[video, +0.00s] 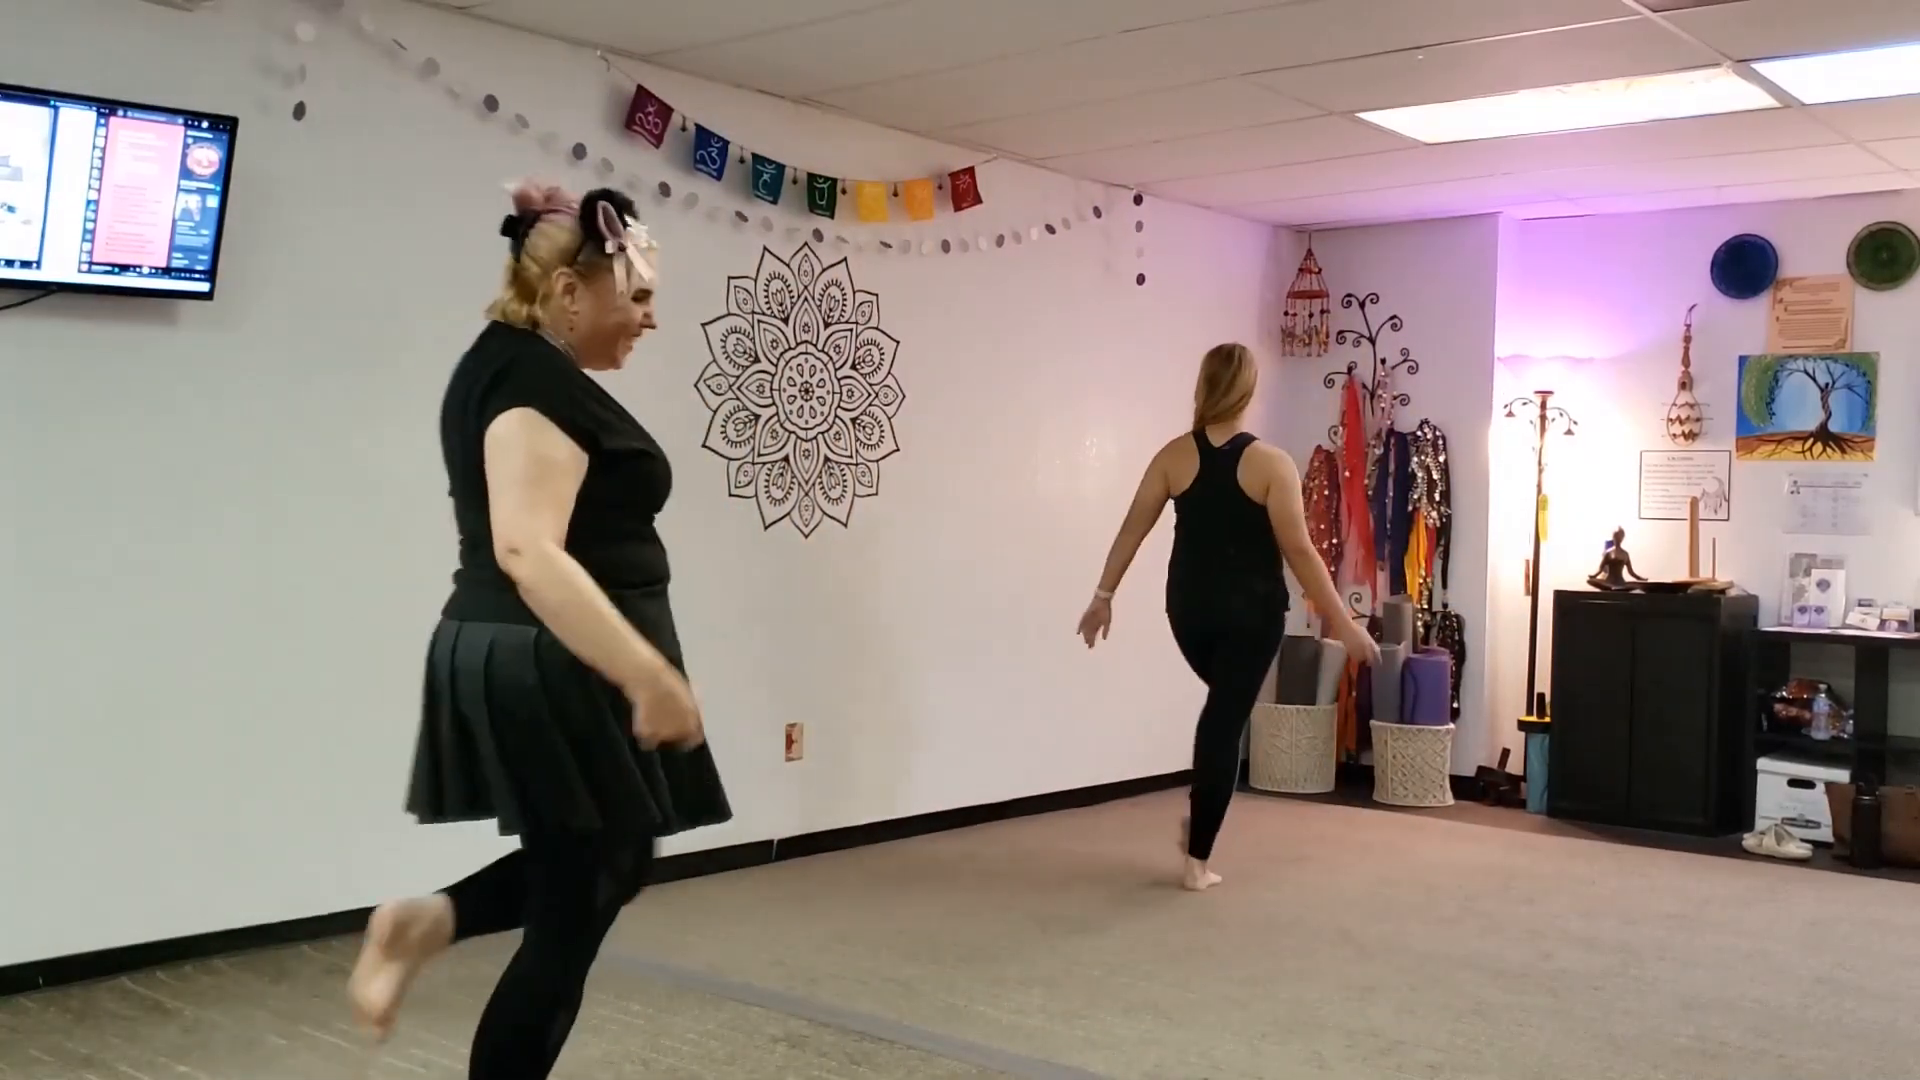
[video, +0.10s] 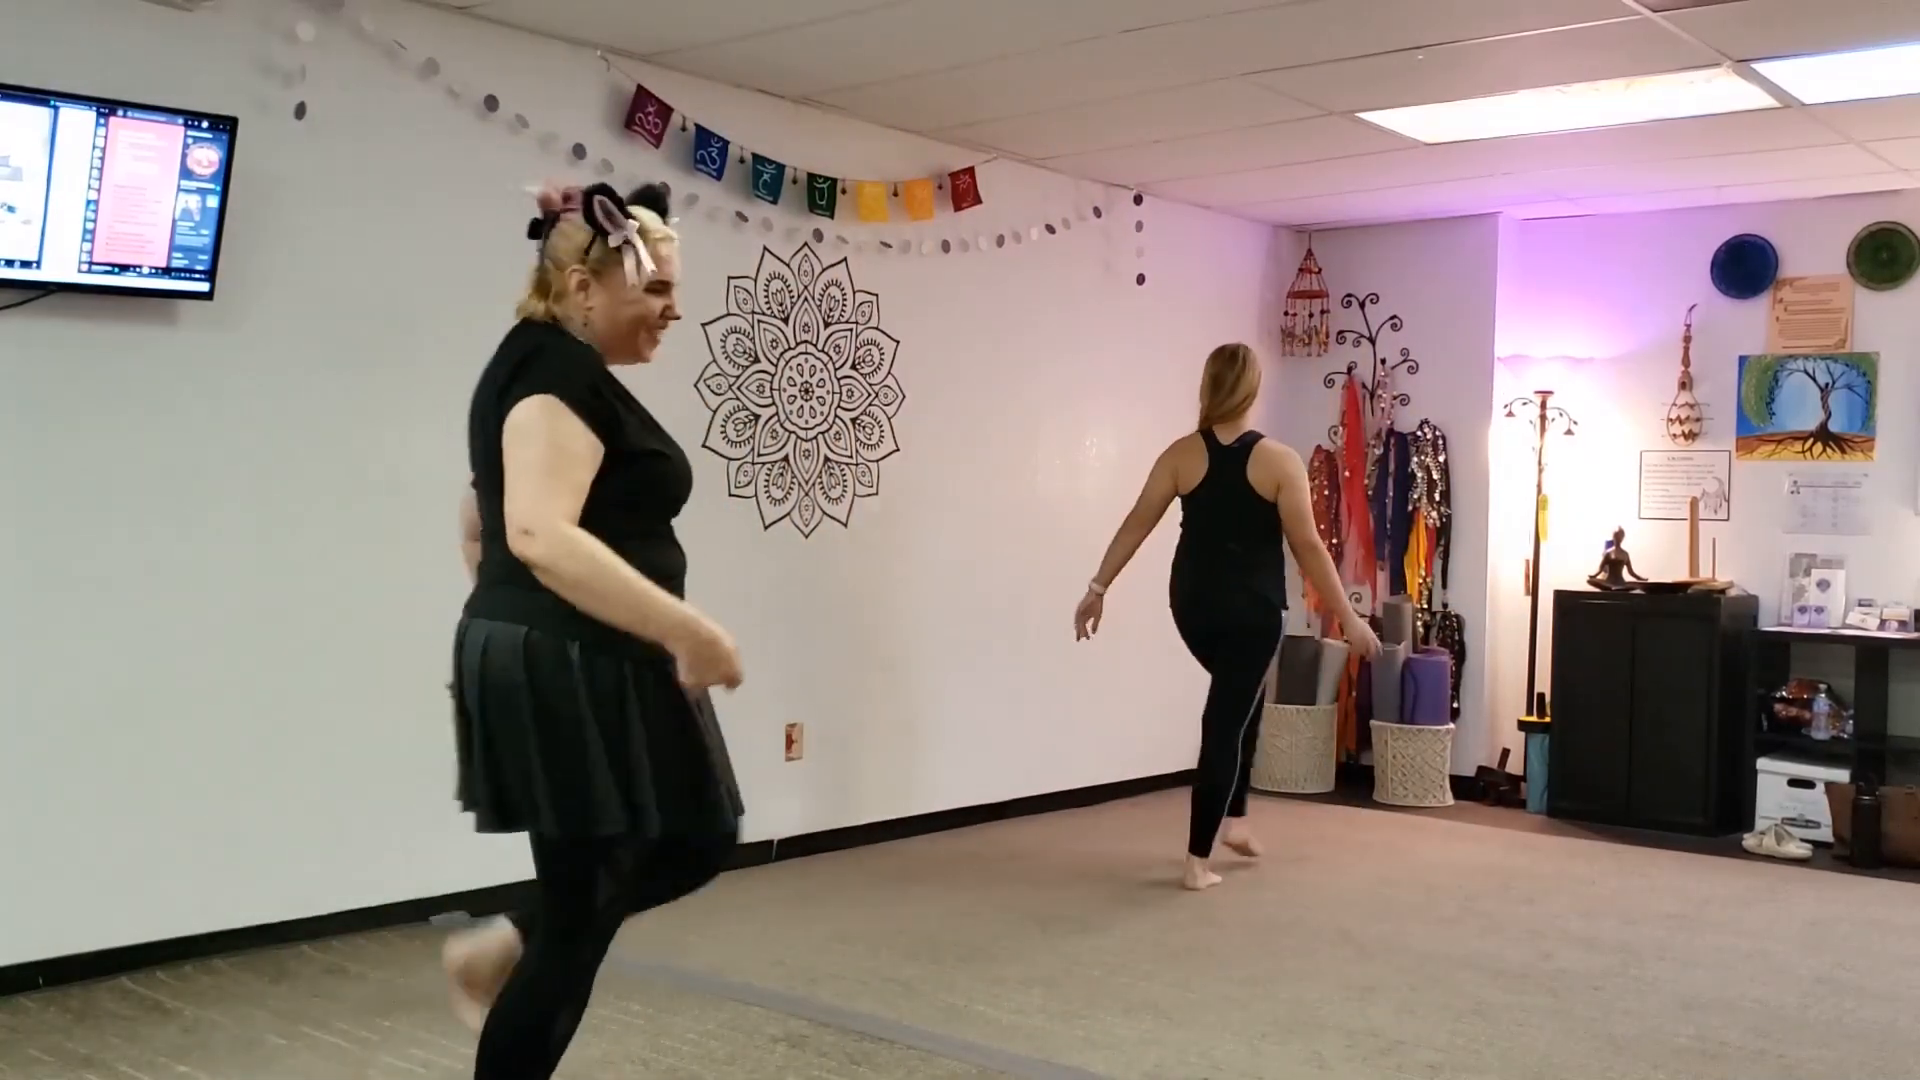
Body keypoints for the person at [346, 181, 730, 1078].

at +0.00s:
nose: (648, 318)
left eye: (650, 299)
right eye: (636, 296)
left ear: (566, 292)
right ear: (569, 290)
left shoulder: (507, 369)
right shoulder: (534, 384)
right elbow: (528, 550)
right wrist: (650, 675)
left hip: (504, 645)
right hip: (545, 661)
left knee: (615, 854)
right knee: (584, 889)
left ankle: (432, 921)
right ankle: (504, 1068)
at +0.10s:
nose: (671, 310)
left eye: (673, 291)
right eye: (655, 287)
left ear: (584, 286)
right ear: (584, 283)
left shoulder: (533, 364)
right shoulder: (555, 370)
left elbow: (482, 539)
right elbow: (540, 533)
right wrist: (686, 627)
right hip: (567, 659)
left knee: (696, 840)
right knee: (576, 914)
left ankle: (501, 953)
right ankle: (507, 1073)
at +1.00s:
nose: (909, 318)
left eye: (917, 301)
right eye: (890, 298)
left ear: (918, 304)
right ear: (826, 300)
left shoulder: (882, 407)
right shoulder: (774, 385)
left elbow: (960, 545)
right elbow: (716, 538)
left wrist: (956, 437)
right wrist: (732, 693)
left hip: (892, 686)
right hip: (818, 685)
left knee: (859, 935)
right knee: (850, 936)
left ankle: (829, 1078)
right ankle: (701, 1063)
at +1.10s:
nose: (932, 310)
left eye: (941, 294)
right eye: (912, 290)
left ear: (945, 299)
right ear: (847, 293)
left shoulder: (928, 408)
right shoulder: (788, 384)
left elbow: (1011, 534)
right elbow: (722, 534)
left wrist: (1045, 416)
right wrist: (706, 682)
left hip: (909, 677)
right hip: (821, 676)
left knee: (859, 914)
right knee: (905, 927)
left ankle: (821, 1069)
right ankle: (820, 1067)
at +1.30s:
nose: (963, 301)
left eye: (975, 284)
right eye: (942, 280)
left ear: (984, 290)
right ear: (880, 283)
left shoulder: (983, 395)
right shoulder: (815, 380)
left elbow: (1048, 544)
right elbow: (724, 528)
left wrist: (1144, 473)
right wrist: (682, 664)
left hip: (943, 672)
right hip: (835, 671)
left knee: (870, 908)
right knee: (944, 905)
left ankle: (831, 1078)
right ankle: (966, 1077)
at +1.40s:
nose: (976, 302)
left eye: (989, 285)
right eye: (955, 281)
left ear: (999, 291)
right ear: (894, 284)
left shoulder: (999, 398)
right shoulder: (828, 389)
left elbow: (1059, 551)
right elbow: (736, 537)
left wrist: (1168, 510)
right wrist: (684, 678)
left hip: (963, 685)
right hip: (857, 685)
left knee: (882, 924)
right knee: (951, 933)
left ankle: (836, 1079)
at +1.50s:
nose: (992, 301)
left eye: (1005, 285)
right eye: (970, 279)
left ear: (1016, 293)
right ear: (908, 282)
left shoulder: (1018, 398)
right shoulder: (843, 394)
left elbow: (1075, 551)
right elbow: (756, 547)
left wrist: (1192, 540)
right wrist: (694, 695)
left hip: (983, 689)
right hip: (874, 688)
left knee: (896, 922)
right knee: (961, 933)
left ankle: (841, 1077)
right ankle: (971, 1072)